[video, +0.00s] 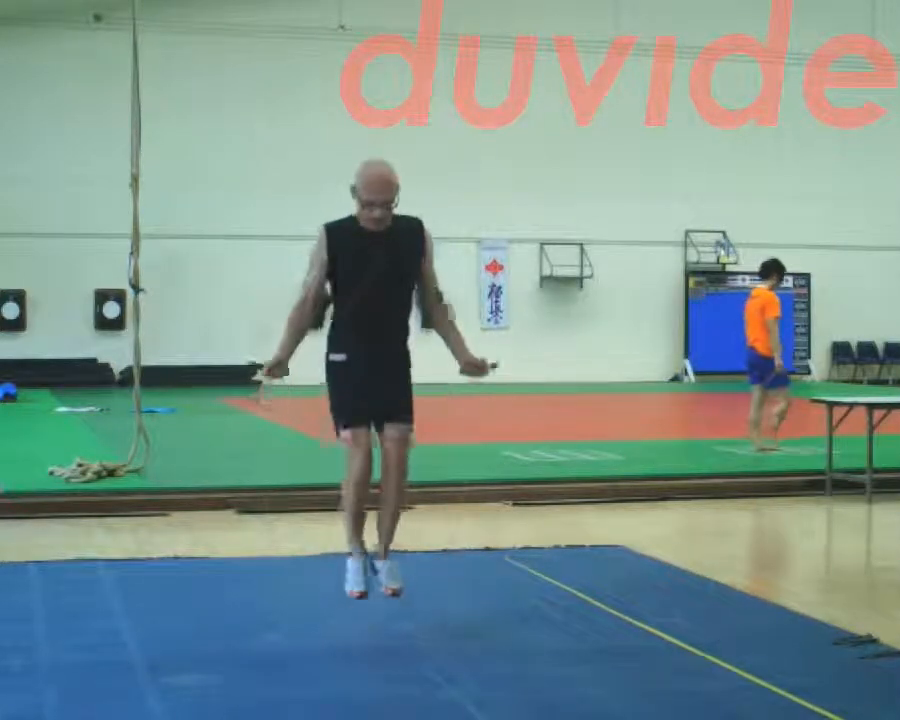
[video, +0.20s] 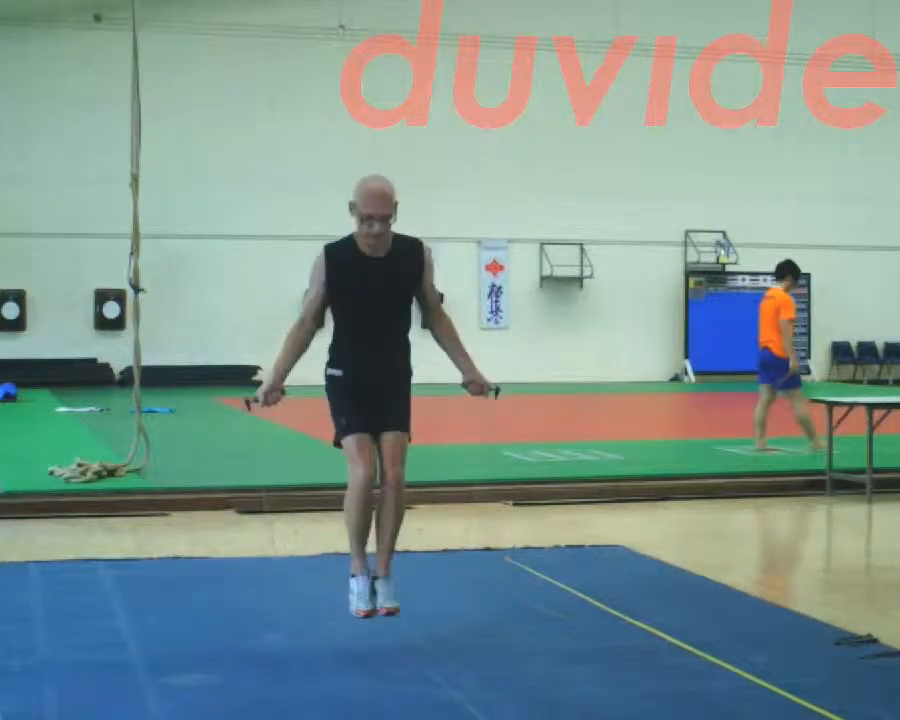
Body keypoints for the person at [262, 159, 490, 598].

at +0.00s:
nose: (379, 213)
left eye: (386, 205)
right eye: (370, 205)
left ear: (396, 198)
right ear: (355, 197)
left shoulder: (415, 235)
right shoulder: (332, 237)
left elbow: (433, 304)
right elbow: (309, 302)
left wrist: (464, 357)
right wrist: (282, 355)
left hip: (392, 354)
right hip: (347, 355)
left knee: (397, 446)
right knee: (359, 447)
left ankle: (384, 556)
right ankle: (355, 554)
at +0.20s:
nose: (376, 228)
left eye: (384, 220)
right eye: (367, 220)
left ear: (395, 214)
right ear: (352, 214)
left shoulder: (415, 255)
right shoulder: (332, 259)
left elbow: (435, 317)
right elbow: (307, 323)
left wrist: (469, 370)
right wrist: (276, 378)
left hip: (393, 374)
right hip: (347, 374)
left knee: (393, 473)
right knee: (364, 470)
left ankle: (384, 573)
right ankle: (359, 570)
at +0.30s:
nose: (374, 259)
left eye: (382, 250)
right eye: (366, 251)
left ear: (393, 245)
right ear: (350, 246)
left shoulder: (413, 291)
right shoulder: (330, 295)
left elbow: (429, 353)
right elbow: (314, 358)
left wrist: (471, 382)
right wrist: (293, 399)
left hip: (395, 417)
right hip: (347, 417)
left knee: (393, 516)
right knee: (359, 522)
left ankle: (382, 618)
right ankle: (352, 618)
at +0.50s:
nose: (375, 206)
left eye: (383, 197)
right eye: (367, 198)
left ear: (393, 195)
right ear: (351, 196)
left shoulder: (413, 242)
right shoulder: (332, 243)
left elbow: (428, 309)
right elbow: (314, 312)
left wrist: (453, 358)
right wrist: (294, 366)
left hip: (395, 372)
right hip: (349, 372)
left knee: (394, 474)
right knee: (353, 474)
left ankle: (386, 579)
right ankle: (352, 580)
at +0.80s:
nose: (376, 228)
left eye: (383, 220)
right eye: (367, 220)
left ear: (393, 219)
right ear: (351, 220)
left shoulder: (414, 266)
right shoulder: (331, 270)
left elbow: (434, 332)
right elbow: (312, 339)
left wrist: (472, 371)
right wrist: (285, 386)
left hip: (395, 394)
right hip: (348, 394)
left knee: (393, 501)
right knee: (355, 503)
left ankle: (384, 603)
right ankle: (352, 604)